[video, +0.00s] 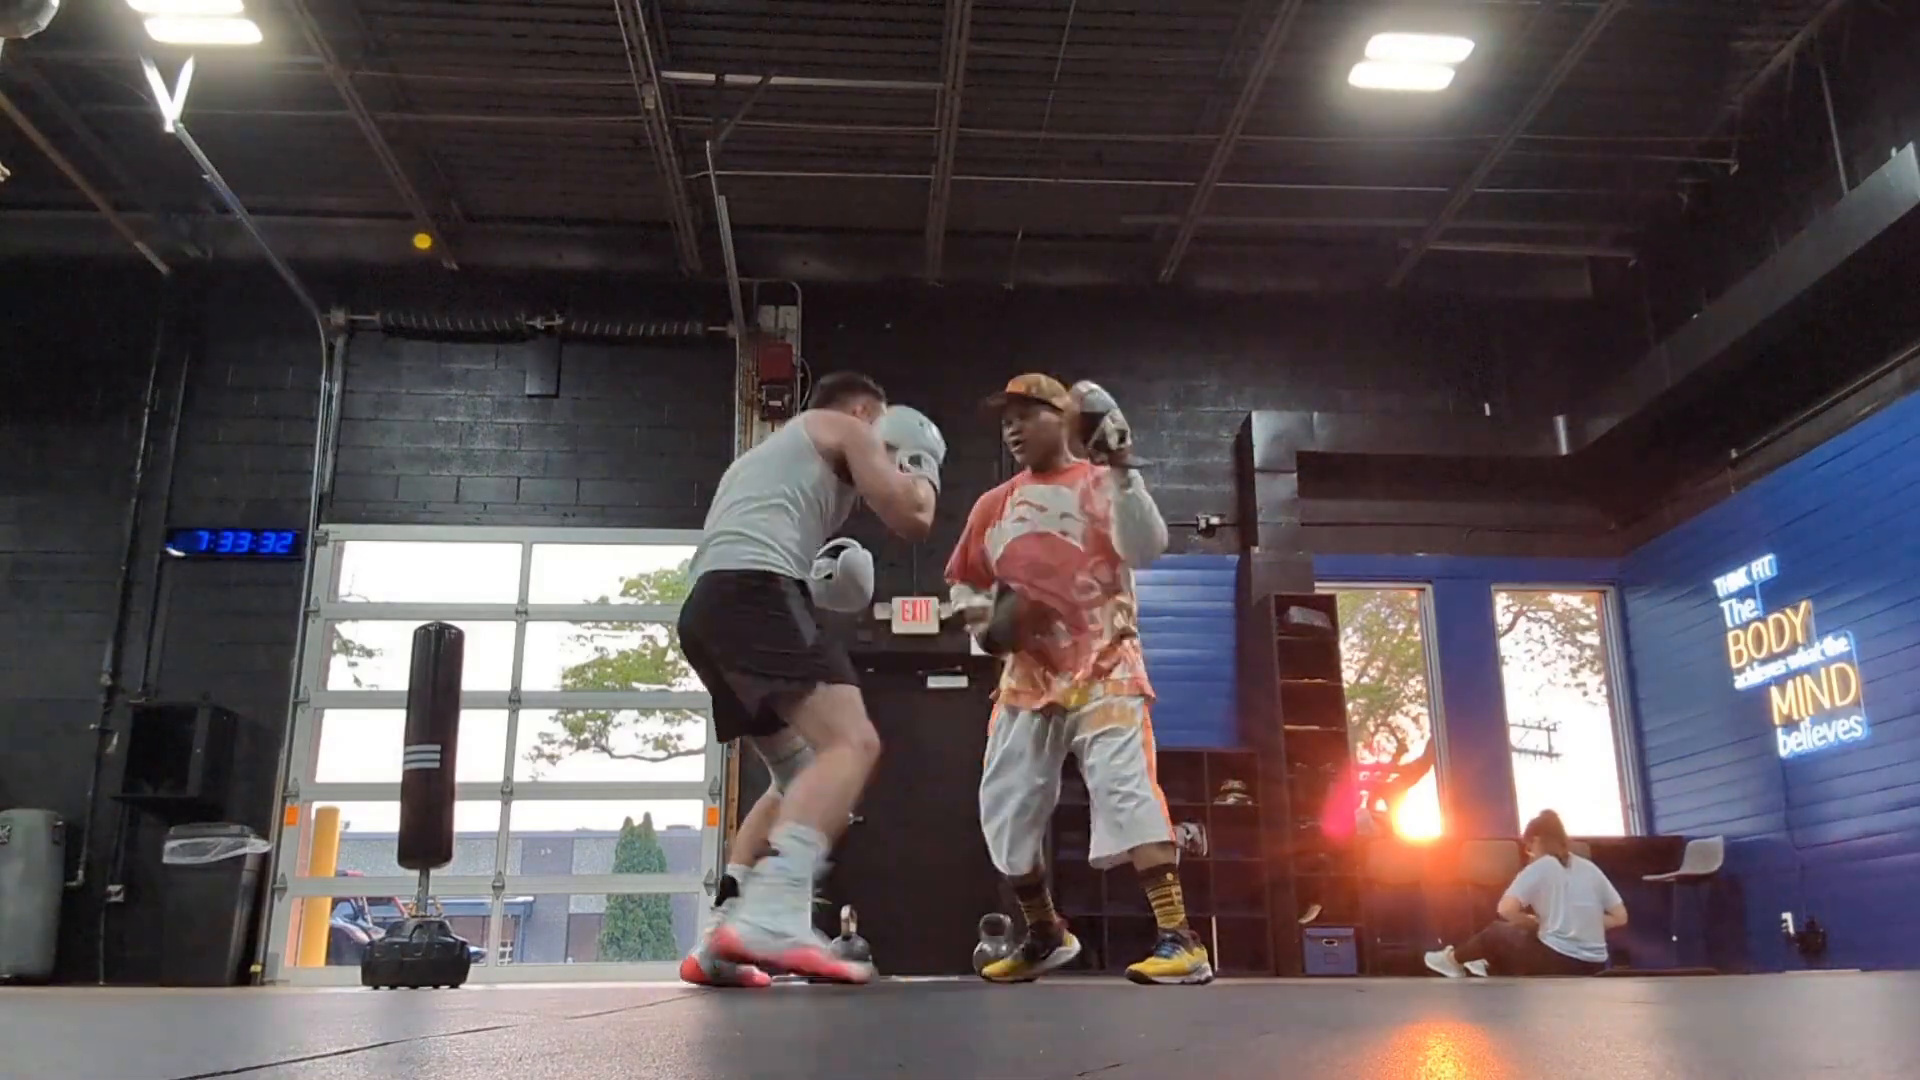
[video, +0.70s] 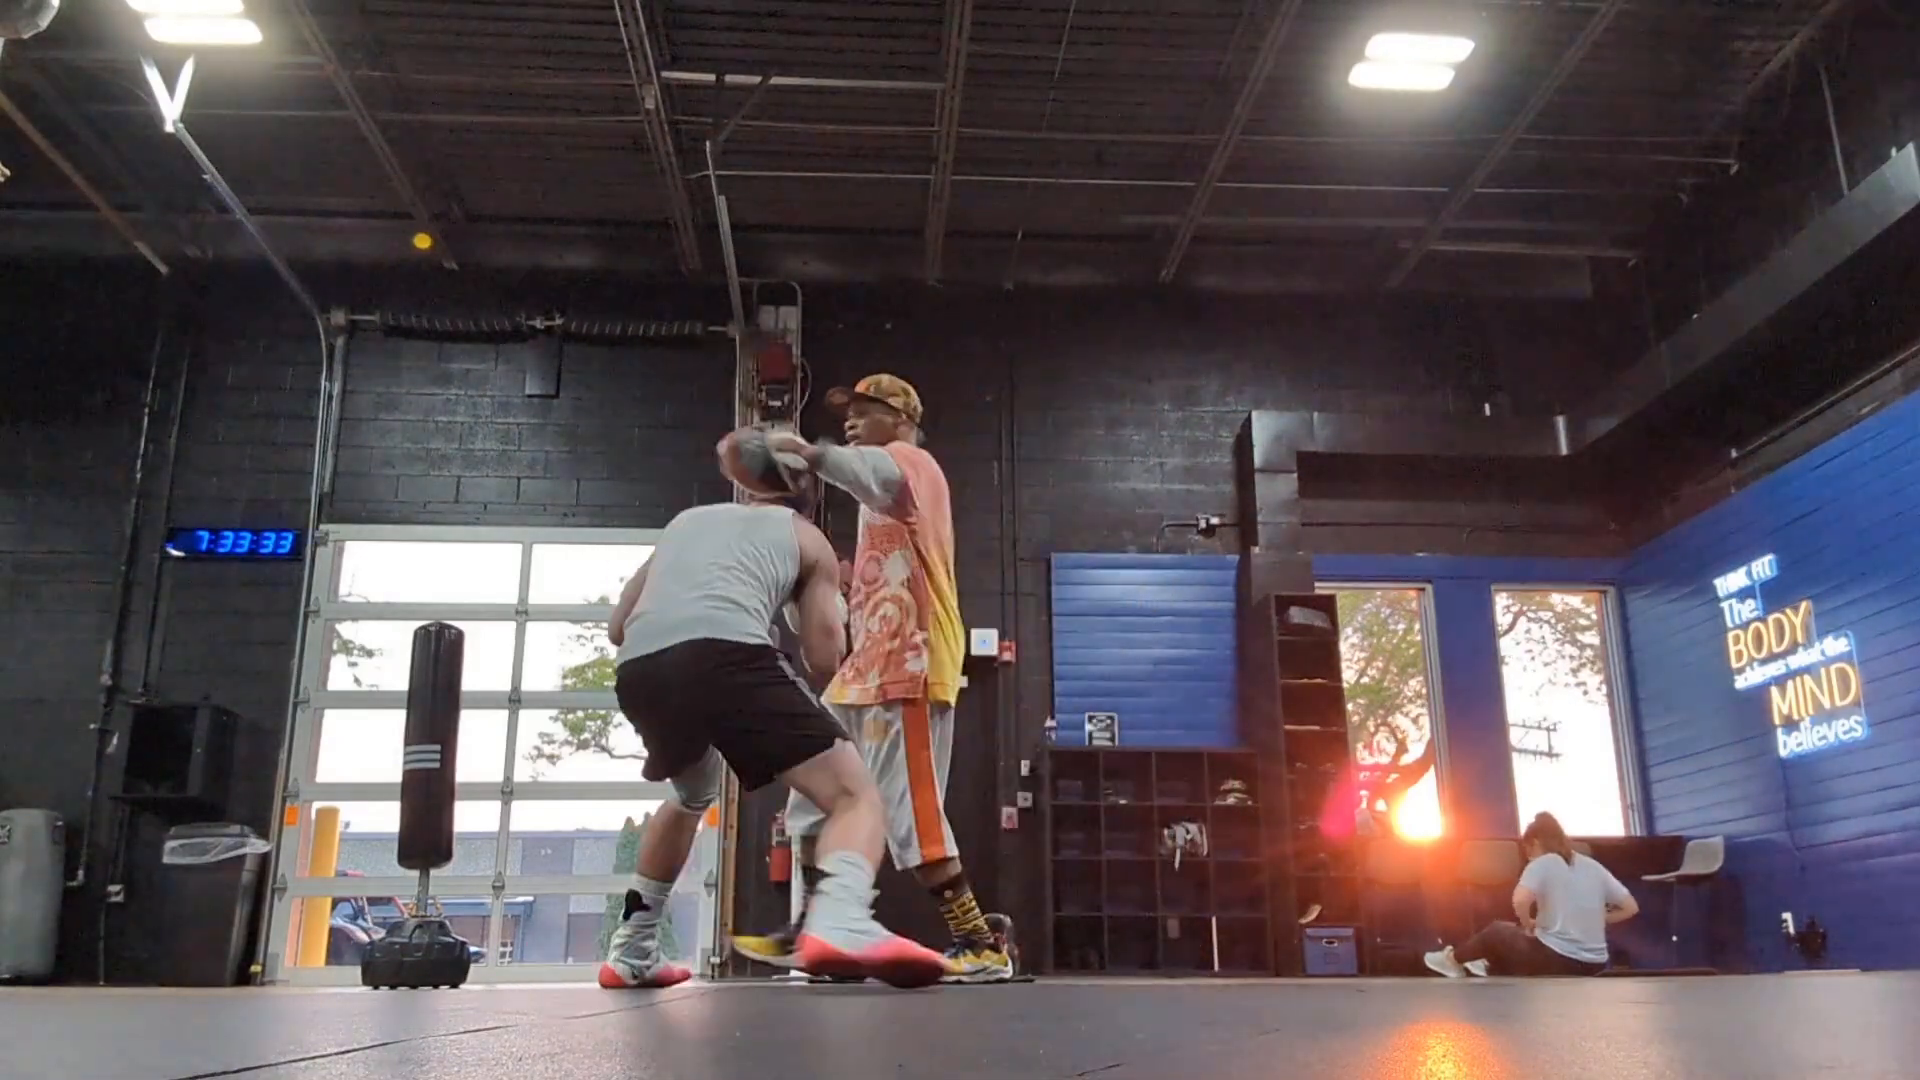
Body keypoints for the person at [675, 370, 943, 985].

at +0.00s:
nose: (877, 433)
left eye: (877, 425)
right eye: (874, 421)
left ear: (817, 406)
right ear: (858, 408)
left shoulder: (762, 456)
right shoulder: (842, 426)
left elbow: (747, 547)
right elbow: (913, 518)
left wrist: (813, 585)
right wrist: (923, 468)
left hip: (699, 613)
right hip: (754, 591)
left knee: (797, 777)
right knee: (848, 744)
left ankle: (728, 934)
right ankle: (775, 915)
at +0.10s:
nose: (855, 388)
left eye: (857, 377)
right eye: (855, 375)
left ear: (804, 358)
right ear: (839, 363)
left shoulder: (785, 421)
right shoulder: (791, 385)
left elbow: (771, 540)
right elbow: (868, 465)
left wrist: (833, 537)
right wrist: (884, 408)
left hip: (766, 592)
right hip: (733, 583)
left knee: (815, 762)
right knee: (786, 749)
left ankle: (716, 914)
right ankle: (616, 891)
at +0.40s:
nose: (800, 382)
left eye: (798, 372)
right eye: (799, 370)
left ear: (735, 367)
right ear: (787, 363)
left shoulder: (683, 429)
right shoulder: (791, 407)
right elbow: (853, 511)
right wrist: (855, 472)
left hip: (677, 604)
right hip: (734, 593)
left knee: (753, 781)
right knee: (720, 775)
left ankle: (697, 948)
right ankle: (572, 937)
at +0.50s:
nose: (784, 408)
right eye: (785, 399)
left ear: (715, 396)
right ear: (780, 395)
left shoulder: (667, 448)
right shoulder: (798, 436)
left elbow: (639, 557)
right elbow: (853, 540)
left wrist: (709, 527)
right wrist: (827, 500)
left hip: (665, 618)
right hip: (734, 608)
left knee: (726, 788)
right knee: (757, 799)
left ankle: (647, 943)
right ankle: (590, 902)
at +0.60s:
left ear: (718, 451)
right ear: (780, 462)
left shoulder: (668, 486)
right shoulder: (801, 493)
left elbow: (622, 591)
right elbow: (829, 611)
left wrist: (686, 591)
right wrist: (813, 587)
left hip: (651, 647)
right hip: (734, 638)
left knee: (694, 792)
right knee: (807, 815)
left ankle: (634, 949)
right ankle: (694, 880)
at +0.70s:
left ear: (740, 488)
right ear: (801, 496)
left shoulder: (683, 525)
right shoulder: (808, 538)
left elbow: (621, 623)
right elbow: (823, 655)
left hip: (639, 669)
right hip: (729, 654)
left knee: (687, 793)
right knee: (856, 799)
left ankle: (632, 947)